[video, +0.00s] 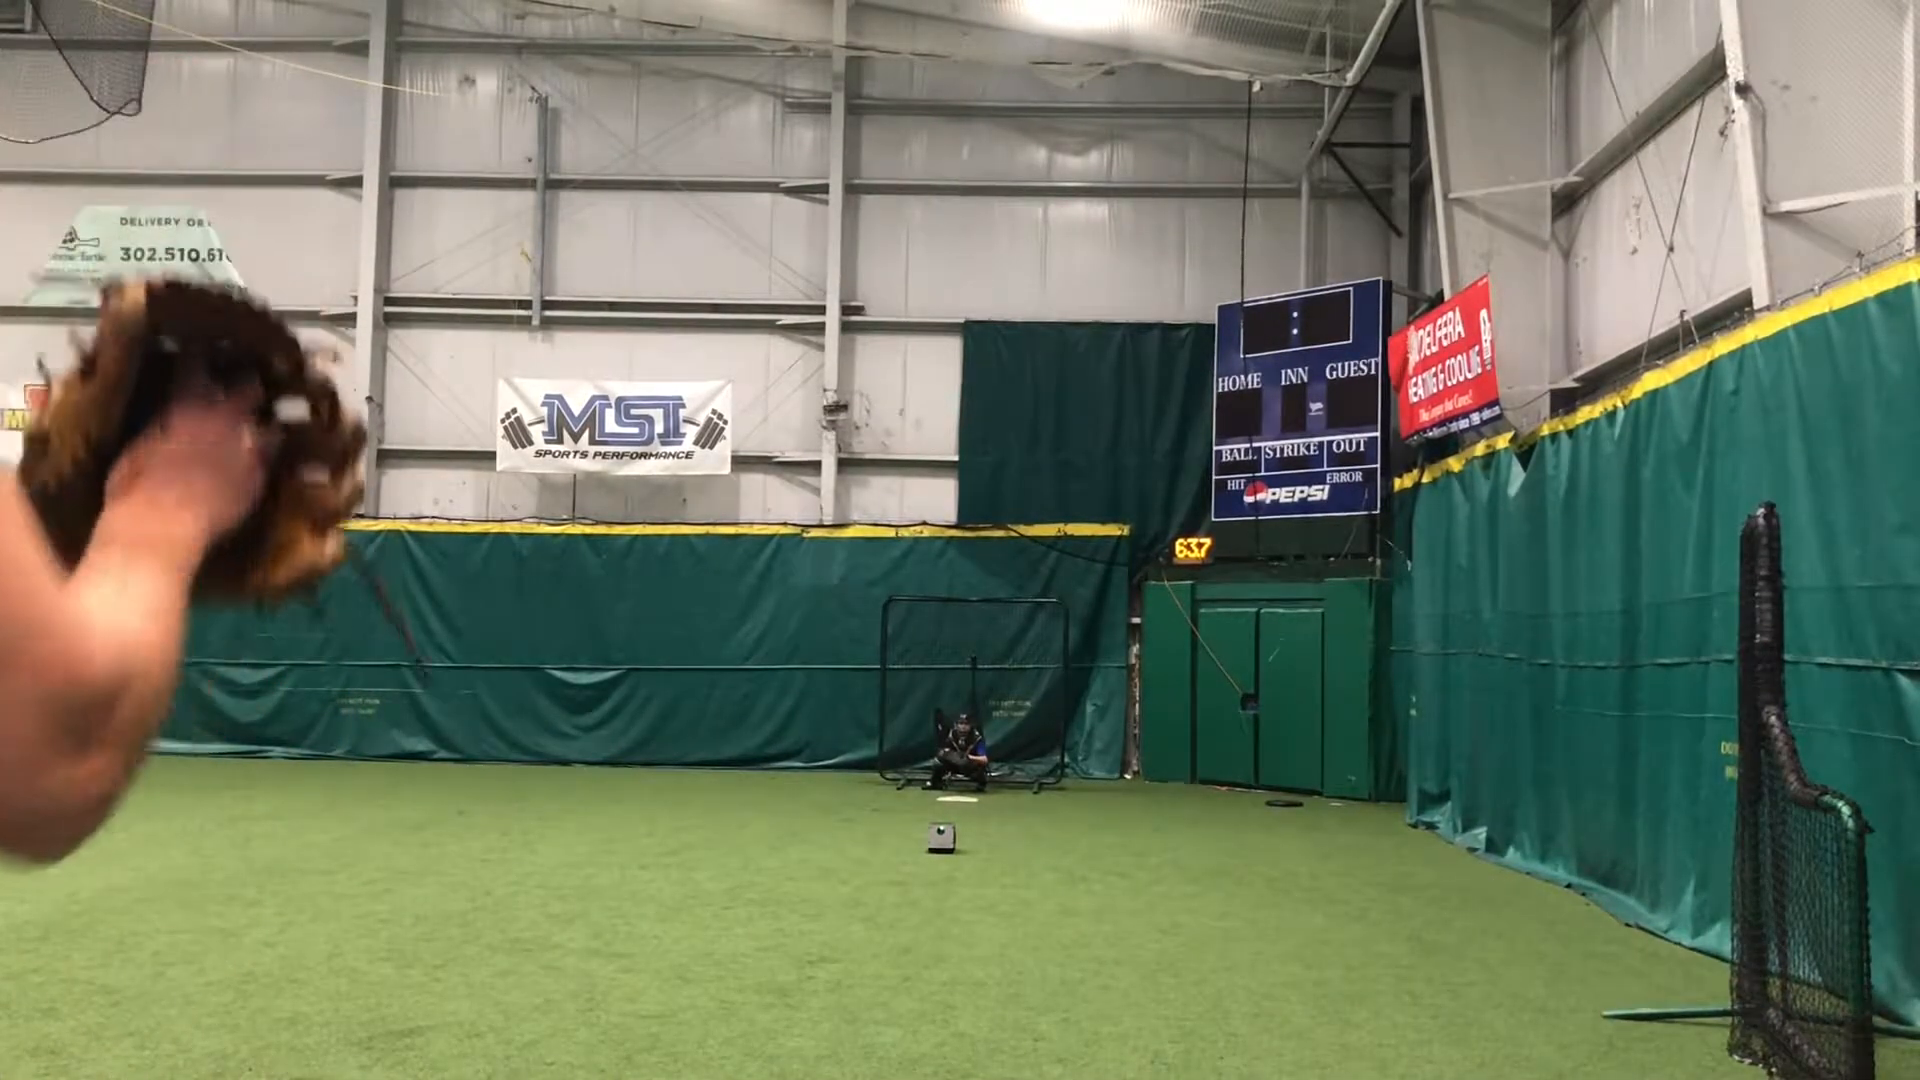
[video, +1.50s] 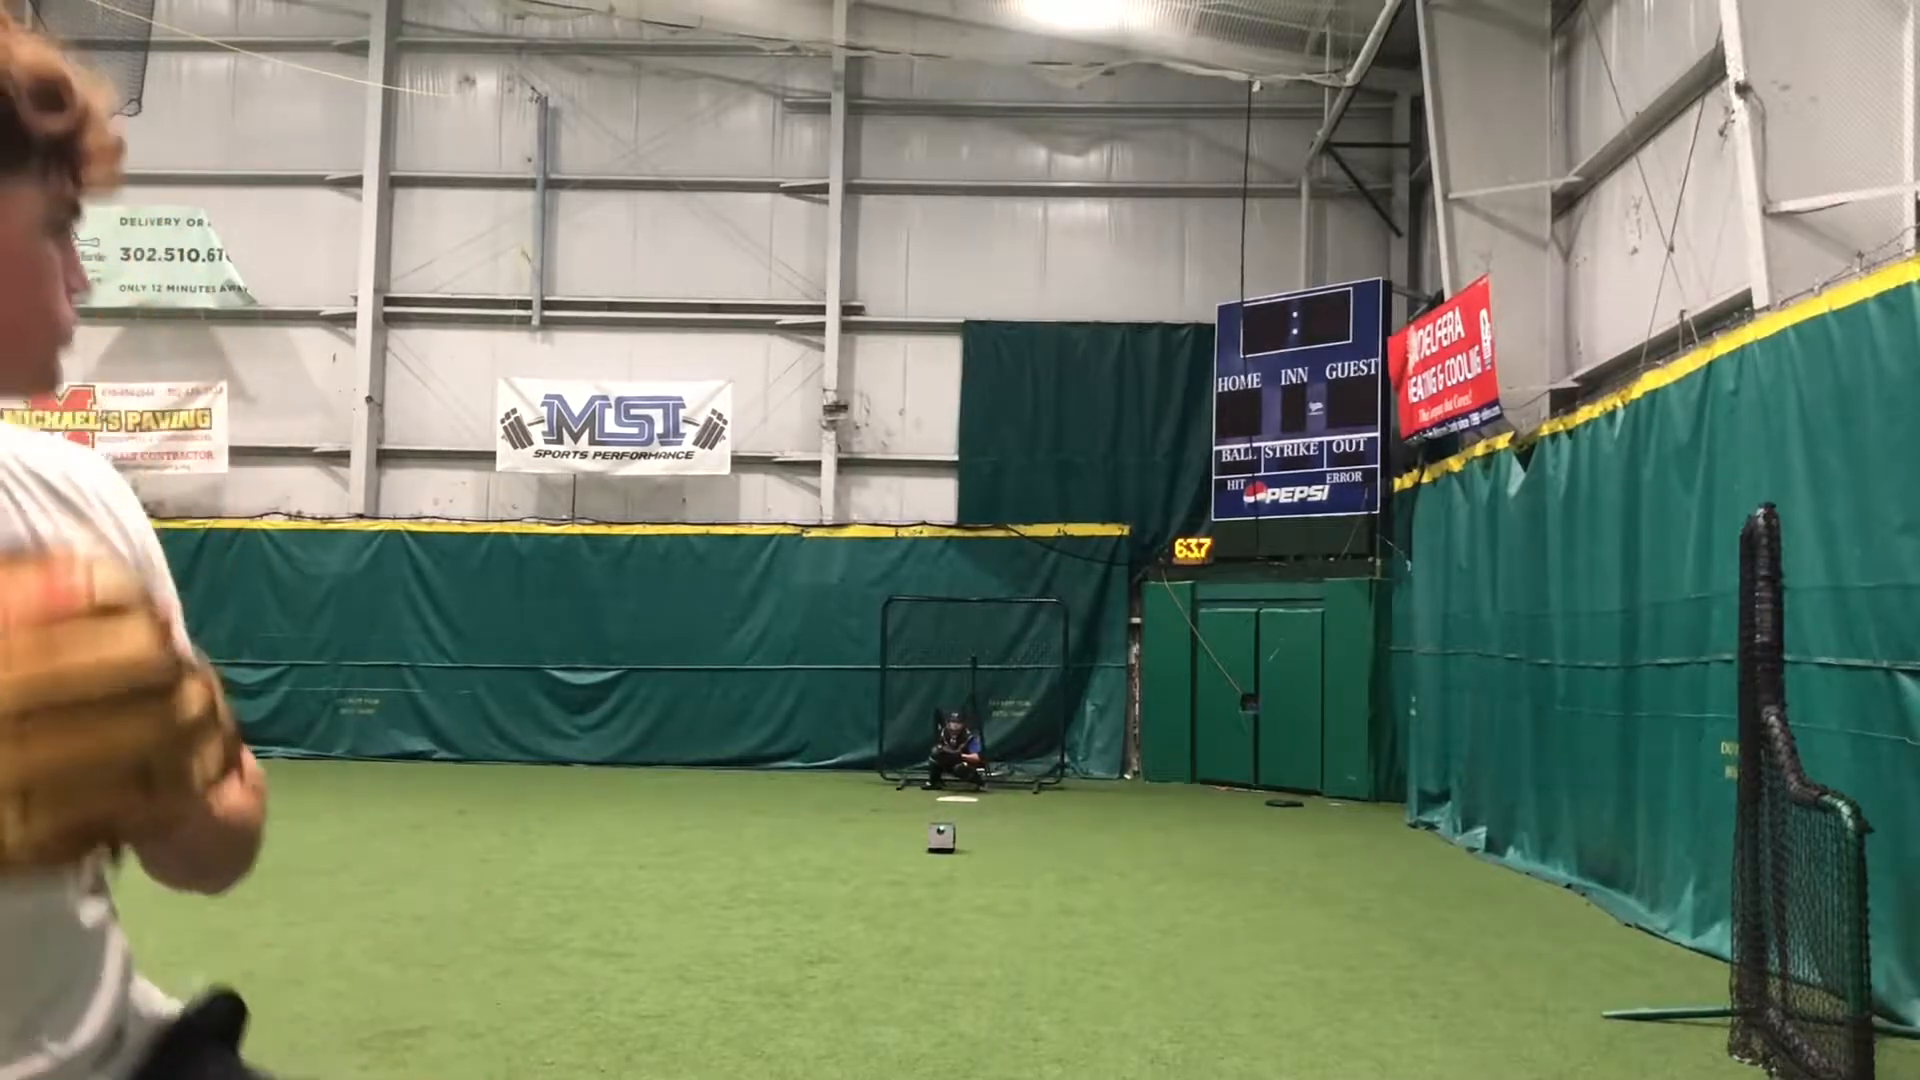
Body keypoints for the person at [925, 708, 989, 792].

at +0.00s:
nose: (963, 727)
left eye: (966, 724)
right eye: (960, 724)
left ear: (970, 726)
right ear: (956, 725)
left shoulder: (977, 738)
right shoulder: (951, 735)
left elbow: (984, 759)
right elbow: (943, 751)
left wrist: (969, 757)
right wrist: (952, 756)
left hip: (970, 763)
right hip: (954, 762)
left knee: (979, 773)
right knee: (939, 764)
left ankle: (981, 784)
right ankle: (936, 783)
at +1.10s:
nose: (958, 727)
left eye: (961, 724)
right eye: (956, 724)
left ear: (966, 726)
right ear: (951, 725)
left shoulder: (973, 738)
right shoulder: (946, 735)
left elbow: (980, 760)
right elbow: (939, 751)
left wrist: (964, 759)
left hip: (966, 766)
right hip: (949, 764)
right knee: (937, 760)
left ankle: (981, 783)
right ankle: (935, 782)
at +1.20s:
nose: (957, 726)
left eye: (960, 724)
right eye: (955, 723)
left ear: (965, 725)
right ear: (950, 725)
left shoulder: (972, 738)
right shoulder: (945, 735)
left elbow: (979, 759)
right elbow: (938, 751)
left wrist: (963, 757)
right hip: (948, 763)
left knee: (963, 768)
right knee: (936, 760)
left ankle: (980, 782)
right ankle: (936, 782)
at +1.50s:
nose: (954, 726)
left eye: (958, 723)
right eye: (952, 722)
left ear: (963, 725)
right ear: (947, 724)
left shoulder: (970, 738)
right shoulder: (942, 735)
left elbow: (976, 758)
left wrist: (960, 756)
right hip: (946, 760)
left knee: (960, 768)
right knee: (935, 753)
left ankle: (980, 782)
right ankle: (935, 782)